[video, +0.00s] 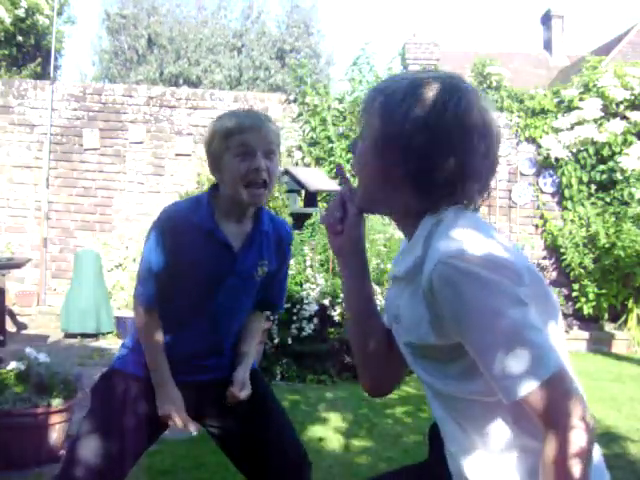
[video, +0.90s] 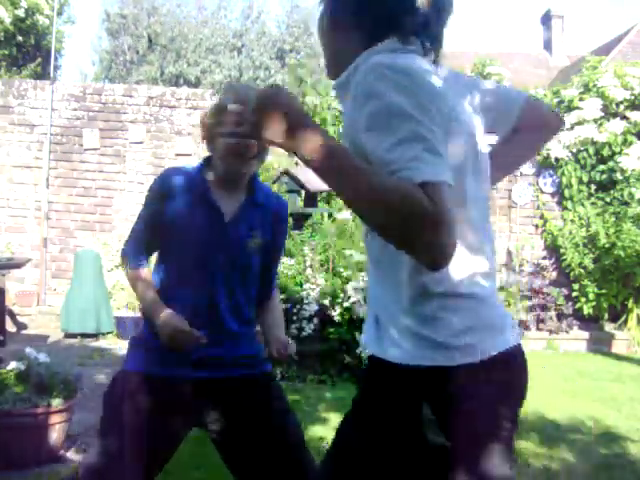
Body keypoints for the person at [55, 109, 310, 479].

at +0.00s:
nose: (260, 166)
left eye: (269, 155)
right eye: (244, 155)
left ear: (279, 164)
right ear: (216, 166)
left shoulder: (276, 236)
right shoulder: (176, 222)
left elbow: (262, 311)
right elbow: (145, 309)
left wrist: (245, 364)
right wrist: (164, 388)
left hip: (226, 373)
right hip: (151, 370)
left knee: (291, 469)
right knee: (86, 467)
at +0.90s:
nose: (245, 143)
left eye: (253, 134)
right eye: (232, 133)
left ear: (265, 144)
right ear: (208, 138)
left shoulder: (272, 210)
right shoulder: (173, 187)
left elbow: (266, 285)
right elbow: (133, 255)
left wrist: (276, 334)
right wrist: (158, 313)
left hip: (238, 364)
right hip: (163, 359)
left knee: (290, 470)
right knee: (124, 467)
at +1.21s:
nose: (220, 87)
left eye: (231, 75)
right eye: (207, 76)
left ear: (248, 74)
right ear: (187, 77)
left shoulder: (267, 120)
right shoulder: (167, 116)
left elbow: (302, 201)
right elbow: (133, 200)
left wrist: (270, 210)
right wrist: (192, 201)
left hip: (246, 257)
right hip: (178, 250)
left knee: (295, 333)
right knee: (90, 312)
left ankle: (307, 419)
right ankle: (173, 366)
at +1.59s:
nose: (205, 177)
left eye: (216, 165)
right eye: (193, 168)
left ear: (238, 169)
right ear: (180, 179)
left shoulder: (273, 237)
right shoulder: (172, 233)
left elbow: (294, 318)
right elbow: (177, 308)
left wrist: (280, 363)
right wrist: (199, 350)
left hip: (263, 379)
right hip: (194, 374)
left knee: (296, 467)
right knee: (127, 454)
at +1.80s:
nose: (215, 164)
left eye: (226, 153)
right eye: (203, 157)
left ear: (248, 165)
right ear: (187, 171)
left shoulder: (280, 236)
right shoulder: (174, 231)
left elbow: (308, 306)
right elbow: (160, 303)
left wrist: (300, 340)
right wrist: (194, 328)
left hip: (263, 387)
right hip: (186, 383)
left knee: (299, 472)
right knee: (112, 465)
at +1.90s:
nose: (232, 209)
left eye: (243, 198)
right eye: (220, 198)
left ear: (261, 199)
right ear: (202, 199)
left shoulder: (279, 252)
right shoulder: (182, 238)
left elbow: (306, 328)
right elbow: (146, 307)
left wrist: (299, 358)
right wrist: (185, 355)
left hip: (257, 388)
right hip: (184, 387)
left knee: (327, 472)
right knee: (125, 469)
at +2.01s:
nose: (241, 205)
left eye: (252, 194)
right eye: (229, 195)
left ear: (267, 199)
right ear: (209, 201)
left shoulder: (281, 259)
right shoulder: (184, 243)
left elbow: (295, 338)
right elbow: (156, 316)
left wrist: (291, 375)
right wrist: (199, 360)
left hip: (259, 396)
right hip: (188, 395)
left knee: (330, 474)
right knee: (145, 474)